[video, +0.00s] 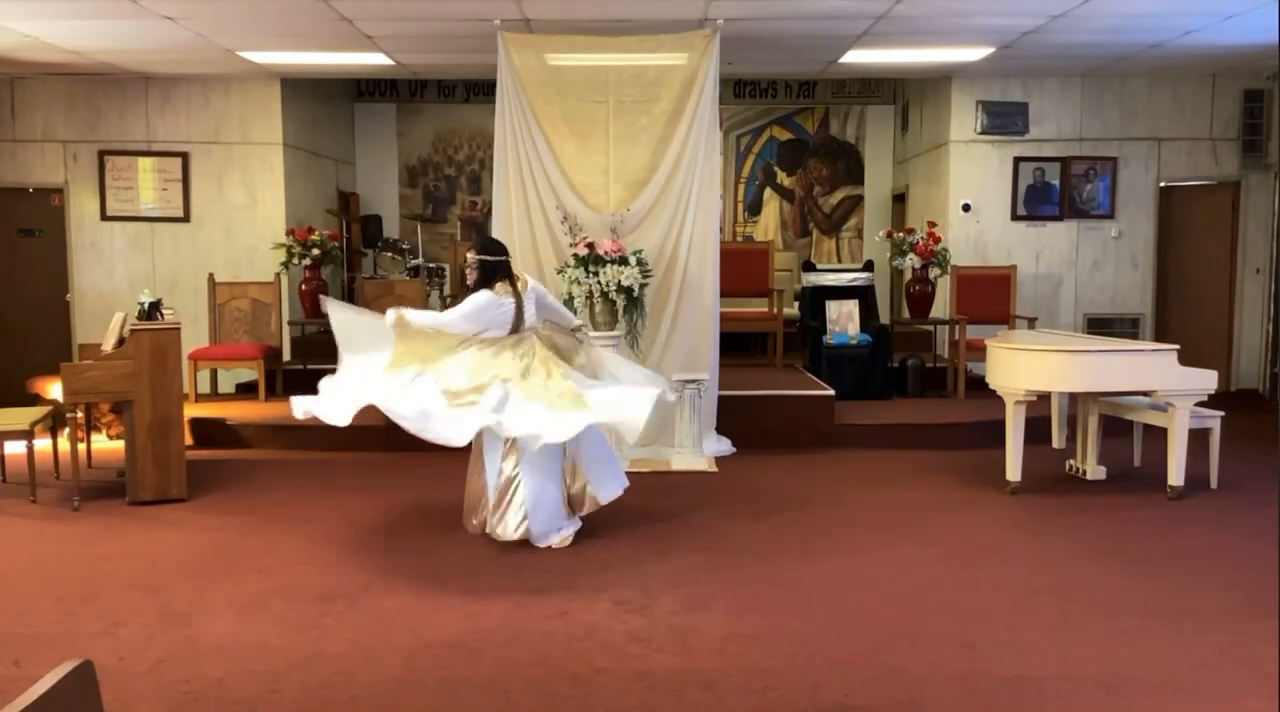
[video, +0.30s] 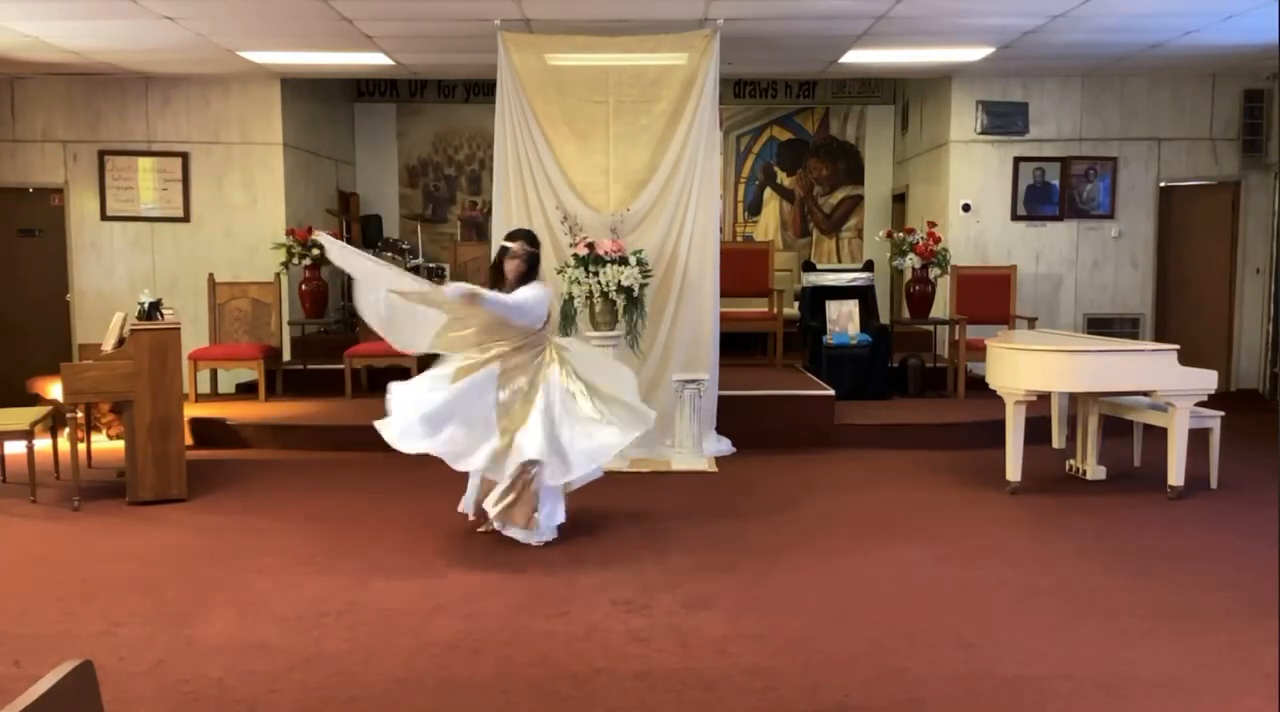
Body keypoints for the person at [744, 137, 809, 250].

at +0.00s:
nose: (777, 159)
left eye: (782, 155)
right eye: (777, 155)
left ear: (795, 157)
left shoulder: (805, 177)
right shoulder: (772, 175)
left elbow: (798, 199)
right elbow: (753, 211)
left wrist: (772, 183)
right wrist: (762, 183)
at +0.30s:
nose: (777, 159)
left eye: (782, 155)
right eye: (777, 155)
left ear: (795, 157)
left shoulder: (805, 177)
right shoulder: (772, 175)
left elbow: (798, 199)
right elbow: (753, 211)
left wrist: (772, 183)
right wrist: (762, 183)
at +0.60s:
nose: (777, 159)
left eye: (781, 155)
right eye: (777, 155)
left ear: (794, 157)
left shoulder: (805, 177)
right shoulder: (772, 175)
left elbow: (798, 199)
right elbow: (753, 211)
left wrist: (772, 183)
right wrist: (762, 183)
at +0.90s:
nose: (777, 159)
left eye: (781, 155)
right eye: (777, 155)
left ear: (794, 157)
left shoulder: (805, 177)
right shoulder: (772, 175)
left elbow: (798, 199)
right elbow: (753, 211)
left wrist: (772, 183)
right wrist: (762, 183)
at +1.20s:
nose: (777, 159)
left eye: (781, 155)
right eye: (777, 155)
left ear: (794, 157)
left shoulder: (805, 177)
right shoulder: (772, 175)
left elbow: (798, 199)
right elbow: (753, 211)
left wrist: (772, 183)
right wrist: (762, 183)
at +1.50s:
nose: (777, 158)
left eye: (781, 154)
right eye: (777, 154)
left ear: (794, 156)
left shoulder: (805, 178)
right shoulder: (772, 176)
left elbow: (798, 199)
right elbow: (753, 212)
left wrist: (772, 183)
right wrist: (762, 184)